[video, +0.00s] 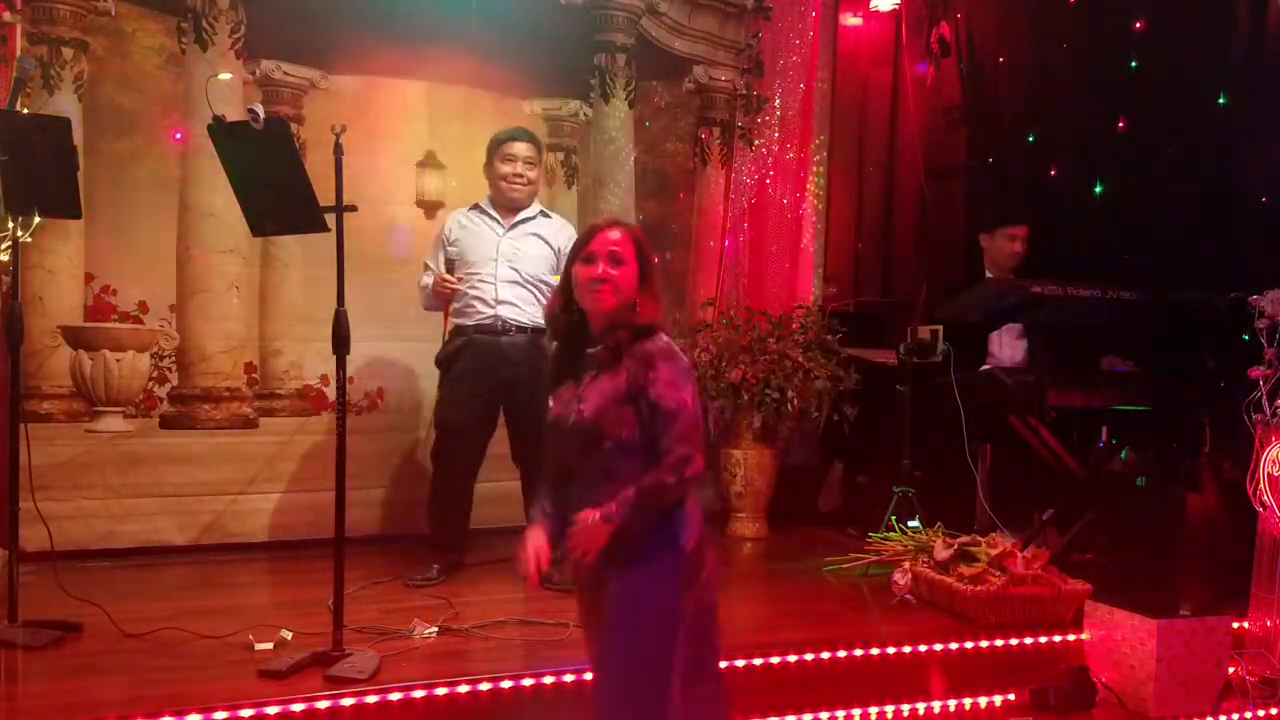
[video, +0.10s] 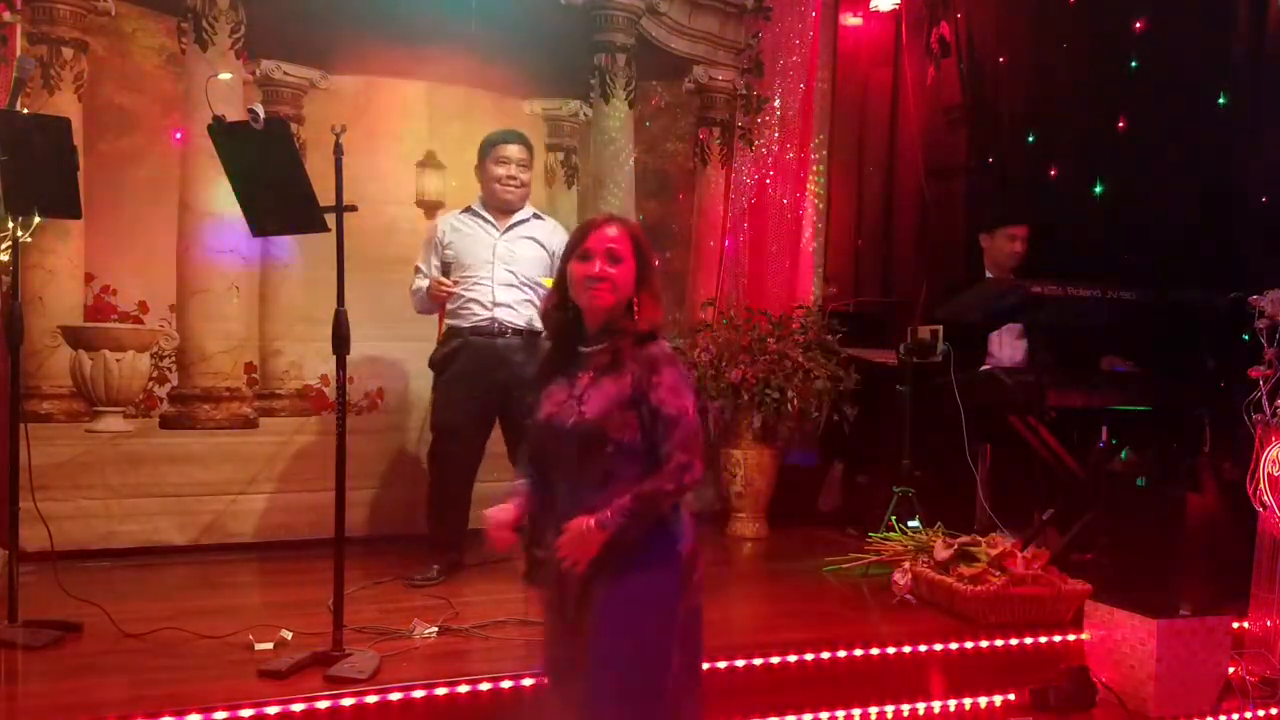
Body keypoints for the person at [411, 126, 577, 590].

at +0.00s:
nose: (518, 170)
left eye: (529, 163)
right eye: (508, 160)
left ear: (541, 174)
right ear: (488, 168)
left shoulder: (560, 232)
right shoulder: (459, 224)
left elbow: (581, 299)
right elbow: (429, 294)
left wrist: (566, 308)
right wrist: (438, 290)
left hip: (532, 352)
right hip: (470, 352)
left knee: (540, 458)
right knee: (453, 458)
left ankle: (552, 555)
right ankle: (444, 554)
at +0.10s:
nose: (512, 172)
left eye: (522, 165)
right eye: (502, 162)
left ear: (532, 175)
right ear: (480, 170)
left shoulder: (553, 234)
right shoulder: (448, 227)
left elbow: (575, 297)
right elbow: (420, 298)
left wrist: (560, 309)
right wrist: (431, 293)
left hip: (527, 354)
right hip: (464, 354)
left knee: (537, 459)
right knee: (450, 460)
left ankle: (542, 555)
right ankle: (445, 555)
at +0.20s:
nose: (504, 175)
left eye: (513, 168)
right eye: (493, 166)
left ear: (524, 179)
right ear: (471, 174)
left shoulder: (544, 236)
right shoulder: (443, 229)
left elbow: (567, 297)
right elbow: (413, 298)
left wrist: (554, 310)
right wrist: (426, 298)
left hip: (522, 356)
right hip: (459, 354)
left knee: (536, 453)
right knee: (446, 457)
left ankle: (549, 548)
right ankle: (440, 554)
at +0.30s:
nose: (496, 178)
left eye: (505, 170)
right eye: (485, 168)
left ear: (514, 179)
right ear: (462, 176)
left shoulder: (534, 237)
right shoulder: (435, 231)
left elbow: (554, 297)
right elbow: (405, 297)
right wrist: (421, 297)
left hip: (517, 356)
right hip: (455, 355)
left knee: (531, 457)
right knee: (441, 460)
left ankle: (536, 551)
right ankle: (435, 559)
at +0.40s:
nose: (489, 178)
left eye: (497, 170)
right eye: (478, 168)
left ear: (505, 179)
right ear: (455, 174)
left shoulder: (520, 235)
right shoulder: (425, 229)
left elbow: (539, 295)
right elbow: (397, 295)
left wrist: (528, 332)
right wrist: (417, 296)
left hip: (503, 352)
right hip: (446, 353)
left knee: (498, 452)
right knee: (438, 455)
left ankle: (491, 554)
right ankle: (432, 558)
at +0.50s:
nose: (483, 174)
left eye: (491, 168)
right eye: (472, 164)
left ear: (498, 177)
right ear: (446, 170)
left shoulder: (506, 229)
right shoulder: (417, 222)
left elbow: (528, 285)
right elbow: (385, 282)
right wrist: (411, 290)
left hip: (494, 351)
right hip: (437, 351)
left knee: (491, 454)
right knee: (434, 457)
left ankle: (489, 566)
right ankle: (433, 564)